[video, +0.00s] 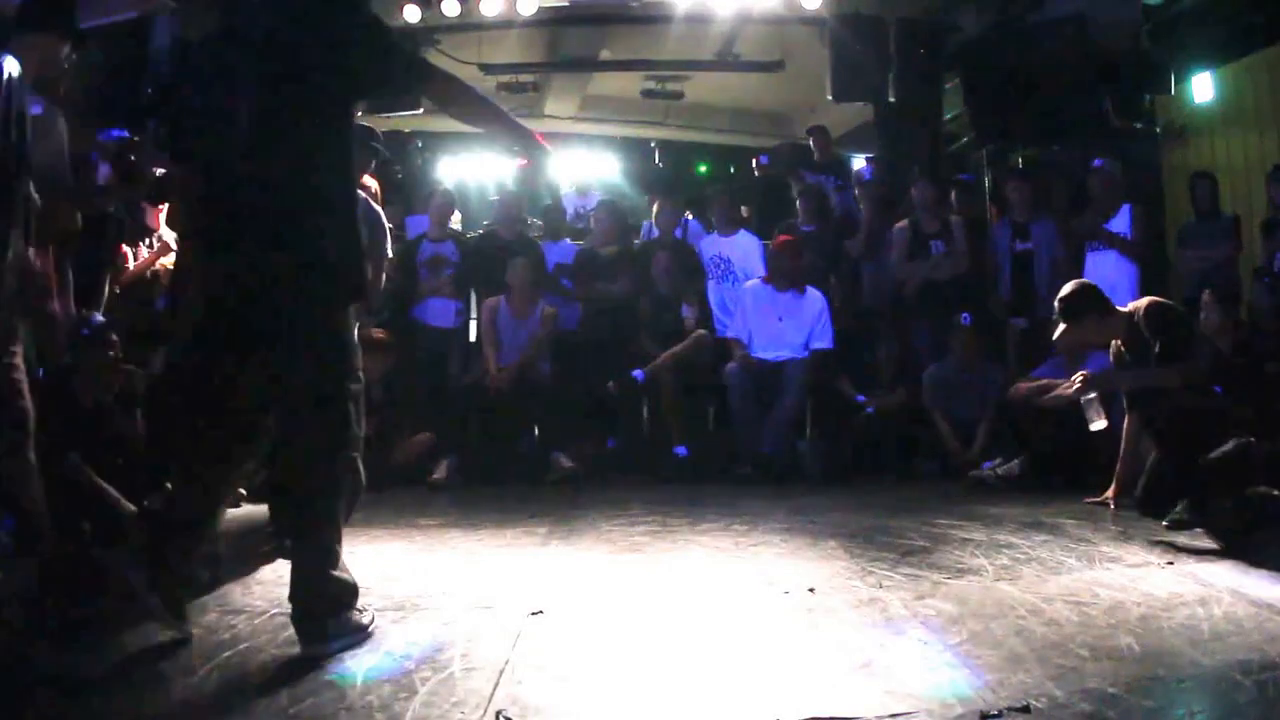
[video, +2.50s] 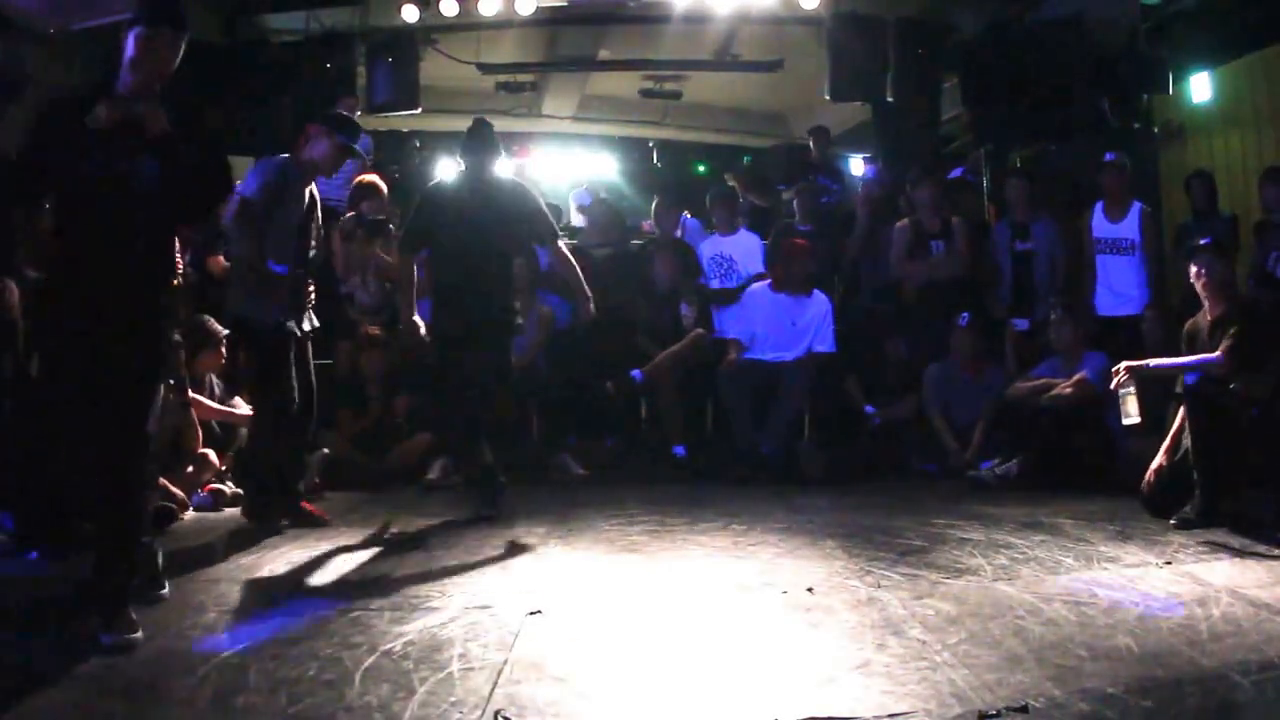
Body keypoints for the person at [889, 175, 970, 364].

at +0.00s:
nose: (922, 198)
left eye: (926, 192)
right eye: (918, 193)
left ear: (936, 195)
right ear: (912, 196)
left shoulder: (954, 224)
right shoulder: (902, 229)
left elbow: (961, 263)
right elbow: (899, 270)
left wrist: (921, 276)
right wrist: (934, 264)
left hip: (950, 296)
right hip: (918, 298)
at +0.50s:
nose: (922, 195)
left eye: (927, 189)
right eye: (917, 189)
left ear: (937, 193)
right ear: (911, 194)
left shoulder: (954, 224)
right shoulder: (902, 230)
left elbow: (961, 264)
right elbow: (896, 271)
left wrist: (920, 277)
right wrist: (937, 264)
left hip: (950, 299)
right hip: (916, 302)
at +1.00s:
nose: (923, 202)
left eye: (926, 195)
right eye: (917, 196)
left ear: (934, 197)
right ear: (909, 201)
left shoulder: (954, 224)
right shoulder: (902, 230)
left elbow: (962, 263)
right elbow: (897, 267)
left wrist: (926, 273)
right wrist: (931, 266)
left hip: (953, 295)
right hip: (920, 298)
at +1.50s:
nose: (927, 198)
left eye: (930, 192)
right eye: (921, 193)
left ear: (937, 194)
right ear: (912, 198)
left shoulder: (955, 224)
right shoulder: (902, 229)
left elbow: (961, 263)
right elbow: (898, 269)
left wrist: (922, 274)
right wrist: (936, 265)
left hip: (953, 298)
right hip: (919, 302)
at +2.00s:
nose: (929, 201)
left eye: (932, 195)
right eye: (923, 195)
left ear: (939, 197)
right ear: (914, 198)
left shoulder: (955, 225)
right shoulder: (903, 229)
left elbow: (961, 264)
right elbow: (898, 267)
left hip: (950, 295)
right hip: (917, 298)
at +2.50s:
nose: (928, 196)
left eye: (932, 190)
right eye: (922, 190)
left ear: (939, 192)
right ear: (912, 195)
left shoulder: (955, 225)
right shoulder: (904, 229)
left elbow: (961, 264)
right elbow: (898, 268)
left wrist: (923, 273)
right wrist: (941, 265)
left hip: (952, 296)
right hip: (918, 299)